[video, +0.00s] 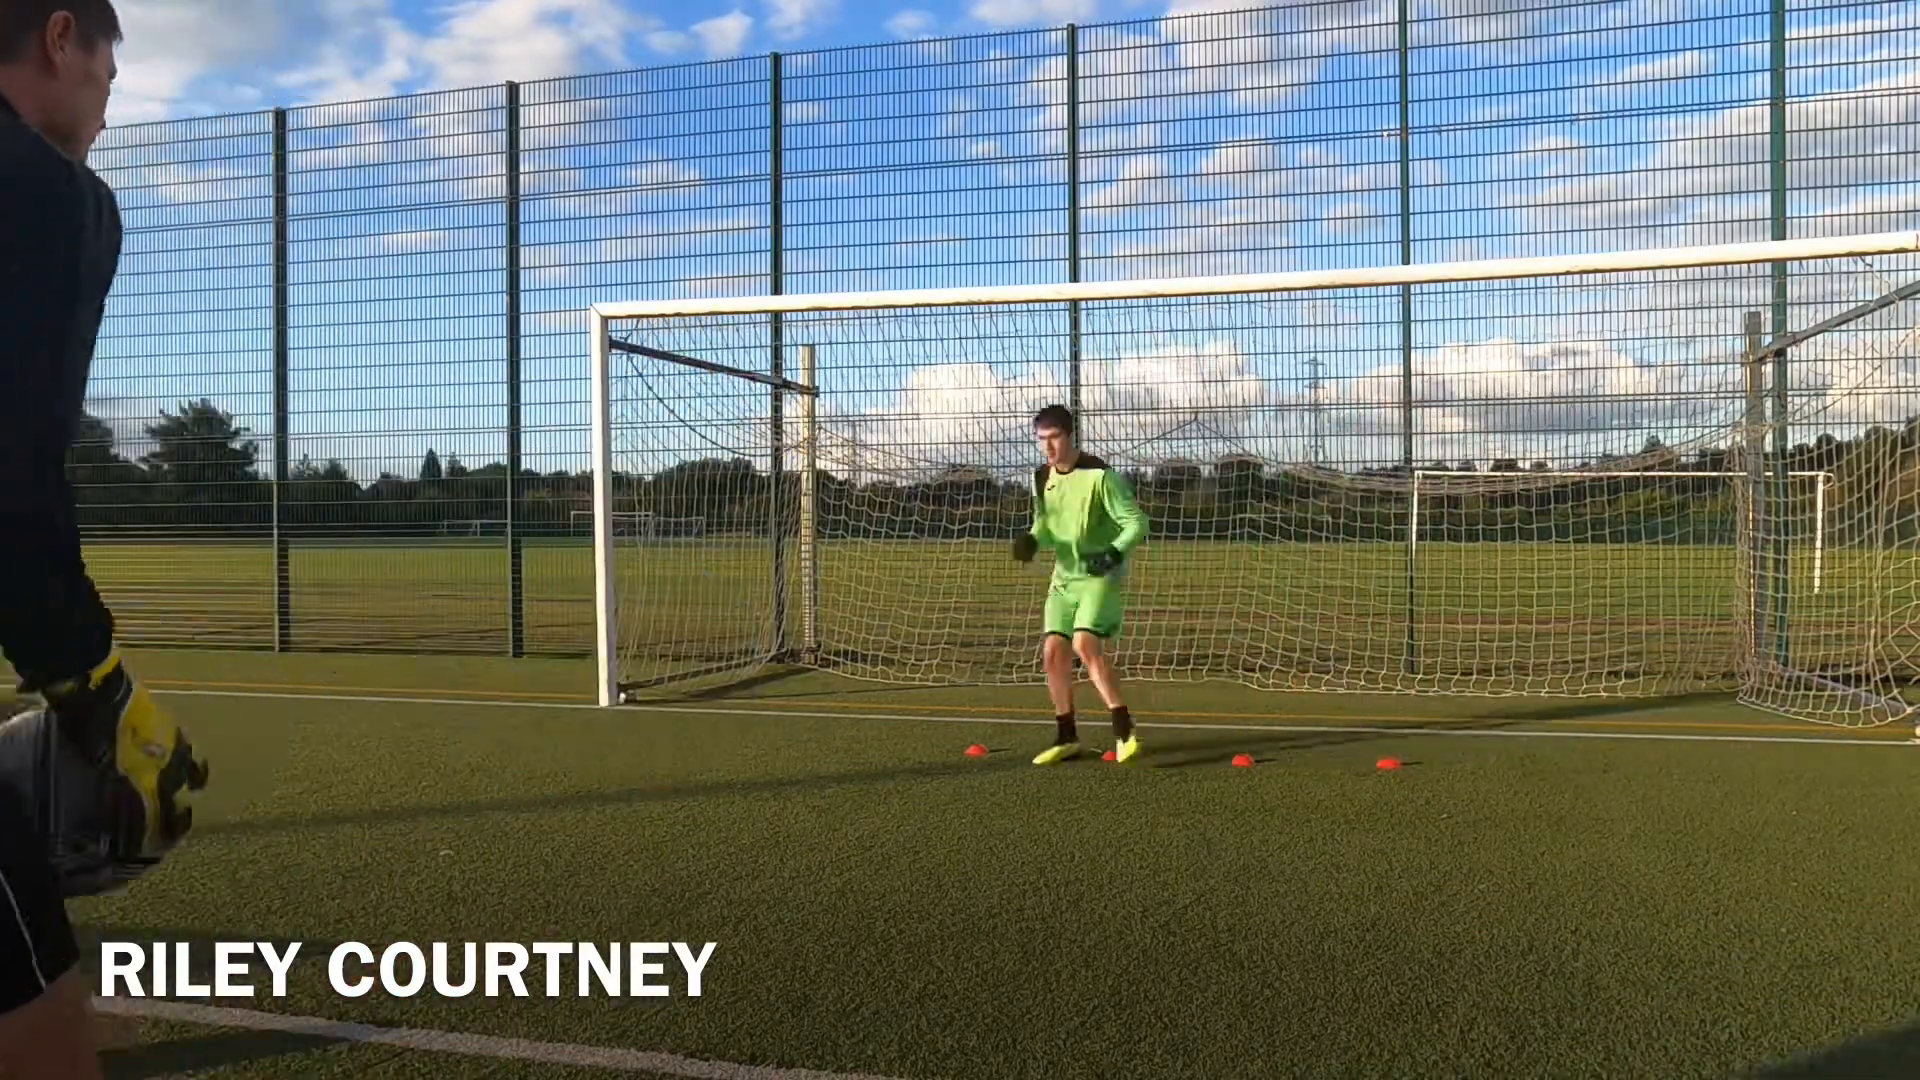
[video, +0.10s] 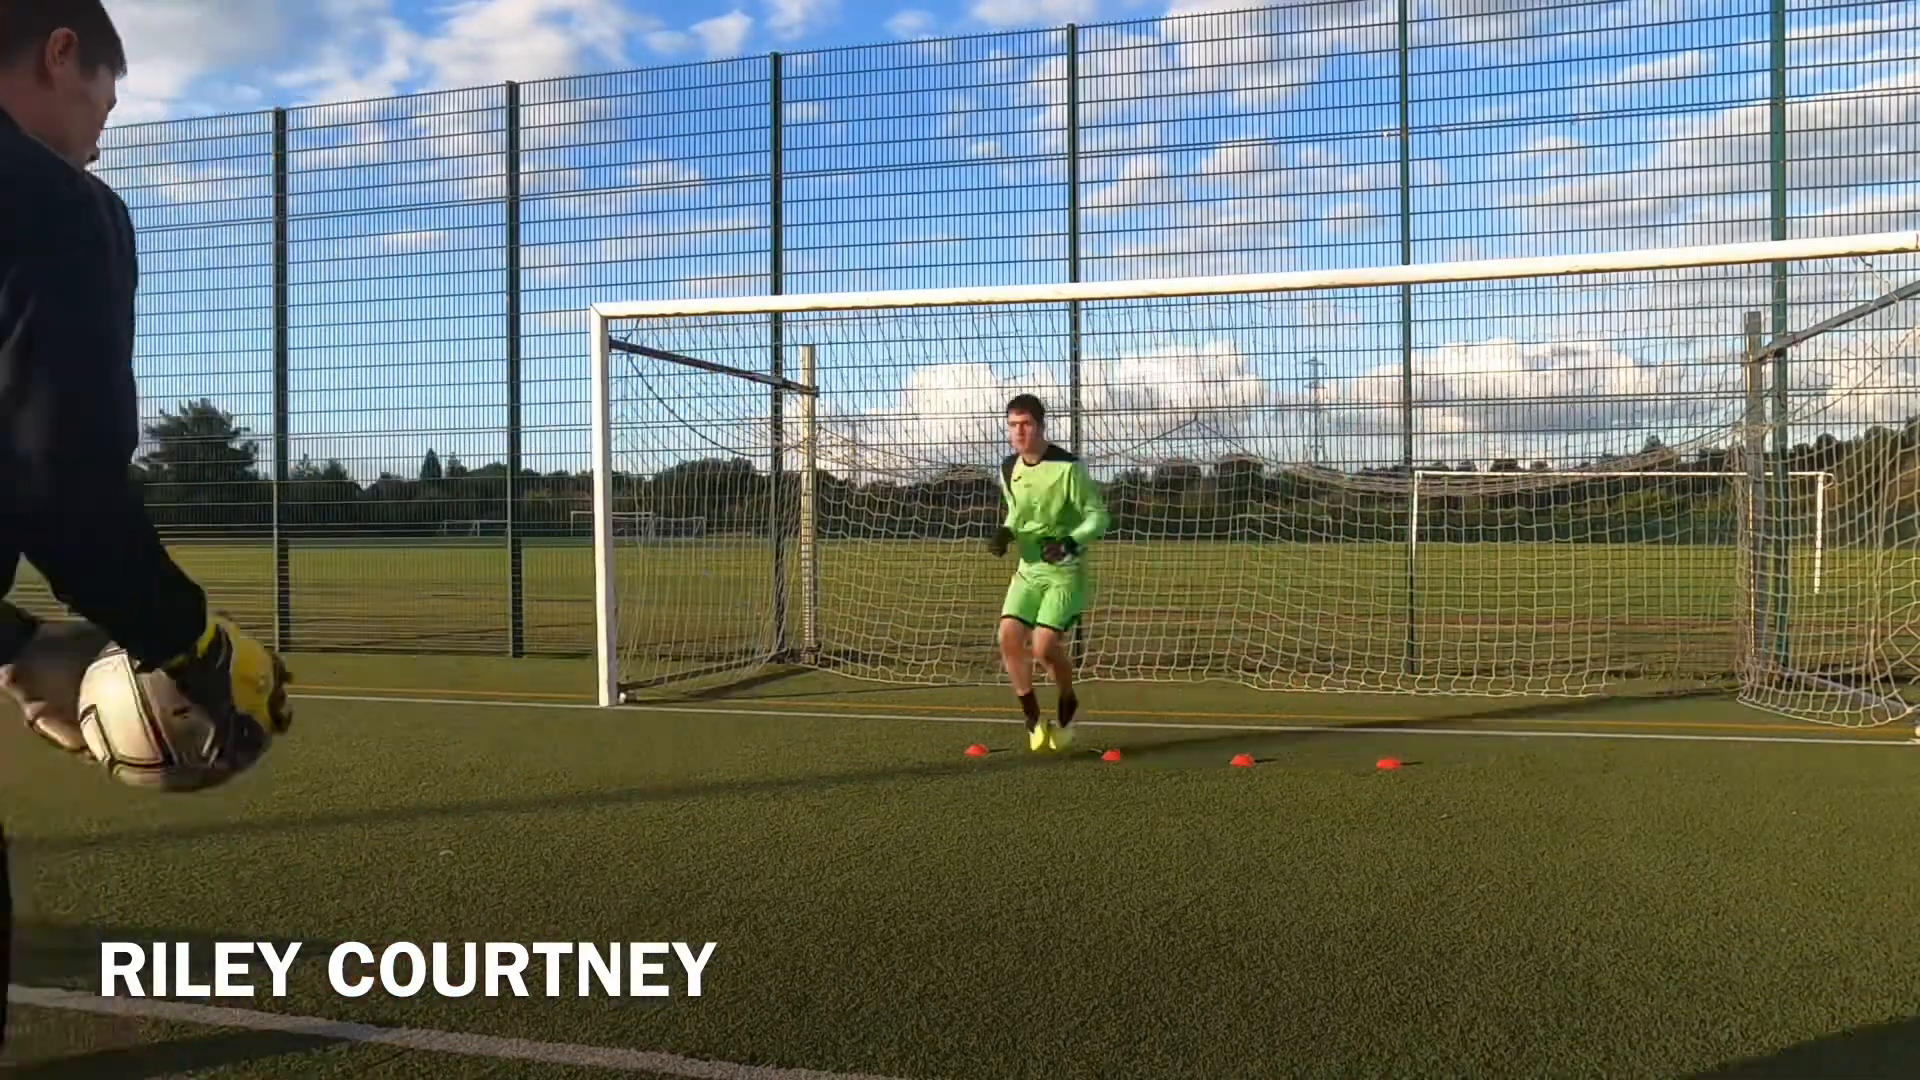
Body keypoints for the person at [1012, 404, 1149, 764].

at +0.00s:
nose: (1048, 446)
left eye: (1054, 438)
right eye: (1042, 439)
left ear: (1071, 435)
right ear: (1038, 441)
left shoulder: (1101, 476)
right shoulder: (1041, 480)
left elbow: (1137, 523)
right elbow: (1043, 527)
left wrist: (1115, 552)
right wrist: (1030, 542)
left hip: (1098, 578)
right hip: (1063, 578)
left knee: (1086, 644)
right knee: (1052, 652)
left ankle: (1125, 732)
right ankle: (1067, 738)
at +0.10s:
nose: (1019, 432)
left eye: (1026, 424)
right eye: (1013, 425)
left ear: (1042, 427)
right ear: (1008, 430)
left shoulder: (1069, 469)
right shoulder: (1008, 470)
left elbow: (1098, 516)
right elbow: (1015, 512)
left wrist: (1069, 542)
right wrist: (1005, 533)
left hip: (1065, 572)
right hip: (1027, 570)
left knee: (1044, 647)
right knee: (1008, 637)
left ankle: (1068, 701)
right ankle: (1033, 719)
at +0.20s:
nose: (990, 433)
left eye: (997, 425)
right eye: (985, 426)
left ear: (1012, 428)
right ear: (979, 431)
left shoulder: (1037, 476)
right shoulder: (982, 474)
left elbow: (1060, 524)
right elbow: (989, 521)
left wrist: (1034, 551)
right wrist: (978, 543)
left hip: (1030, 582)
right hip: (994, 576)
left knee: (1020, 664)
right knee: (955, 631)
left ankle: (1053, 723)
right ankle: (974, 694)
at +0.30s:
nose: (962, 431)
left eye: (969, 424)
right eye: (956, 425)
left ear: (981, 429)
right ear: (949, 431)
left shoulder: (1005, 476)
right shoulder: (945, 476)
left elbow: (1027, 525)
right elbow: (948, 521)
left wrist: (1006, 554)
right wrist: (943, 546)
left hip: (998, 582)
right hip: (956, 579)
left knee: (1012, 659)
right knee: (922, 647)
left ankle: (1052, 726)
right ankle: (898, 720)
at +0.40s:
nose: (934, 431)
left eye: (941, 425)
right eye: (929, 425)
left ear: (953, 429)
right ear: (921, 430)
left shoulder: (975, 478)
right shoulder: (908, 475)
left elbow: (996, 522)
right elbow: (903, 518)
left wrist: (985, 546)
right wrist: (901, 542)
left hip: (962, 579)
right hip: (918, 578)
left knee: (977, 656)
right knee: (899, 656)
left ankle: (1016, 714)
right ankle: (894, 724)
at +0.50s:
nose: (912, 426)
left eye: (918, 419)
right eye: (906, 419)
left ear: (930, 423)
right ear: (898, 424)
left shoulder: (950, 470)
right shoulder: (885, 467)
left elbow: (974, 514)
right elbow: (876, 512)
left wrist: (963, 535)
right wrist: (871, 534)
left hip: (936, 575)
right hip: (893, 574)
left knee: (941, 648)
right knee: (863, 642)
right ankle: (870, 717)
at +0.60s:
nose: (892, 429)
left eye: (898, 422)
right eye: (886, 422)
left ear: (910, 427)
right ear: (878, 427)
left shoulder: (931, 472)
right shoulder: (862, 470)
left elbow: (955, 520)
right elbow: (860, 517)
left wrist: (937, 535)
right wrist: (848, 531)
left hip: (913, 579)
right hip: (869, 575)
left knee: (913, 659)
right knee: (835, 643)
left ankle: (906, 718)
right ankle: (819, 711)